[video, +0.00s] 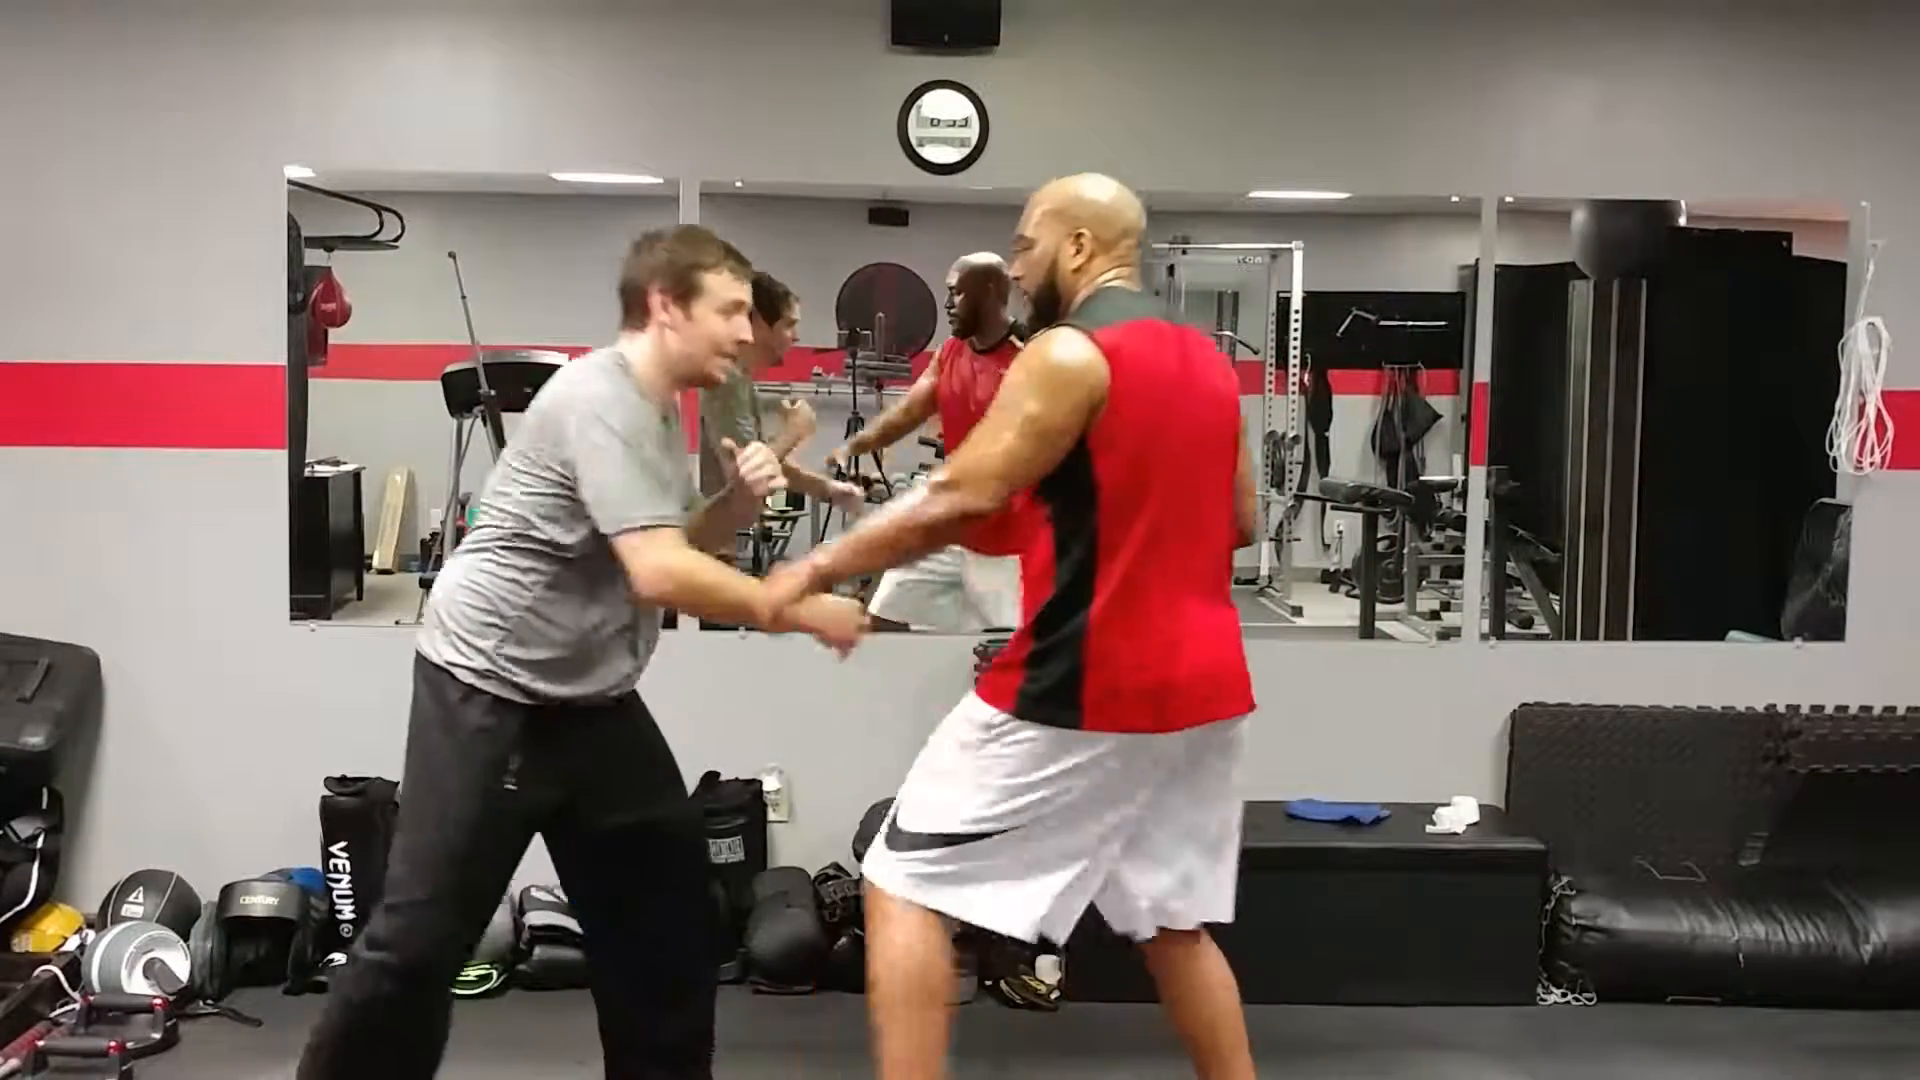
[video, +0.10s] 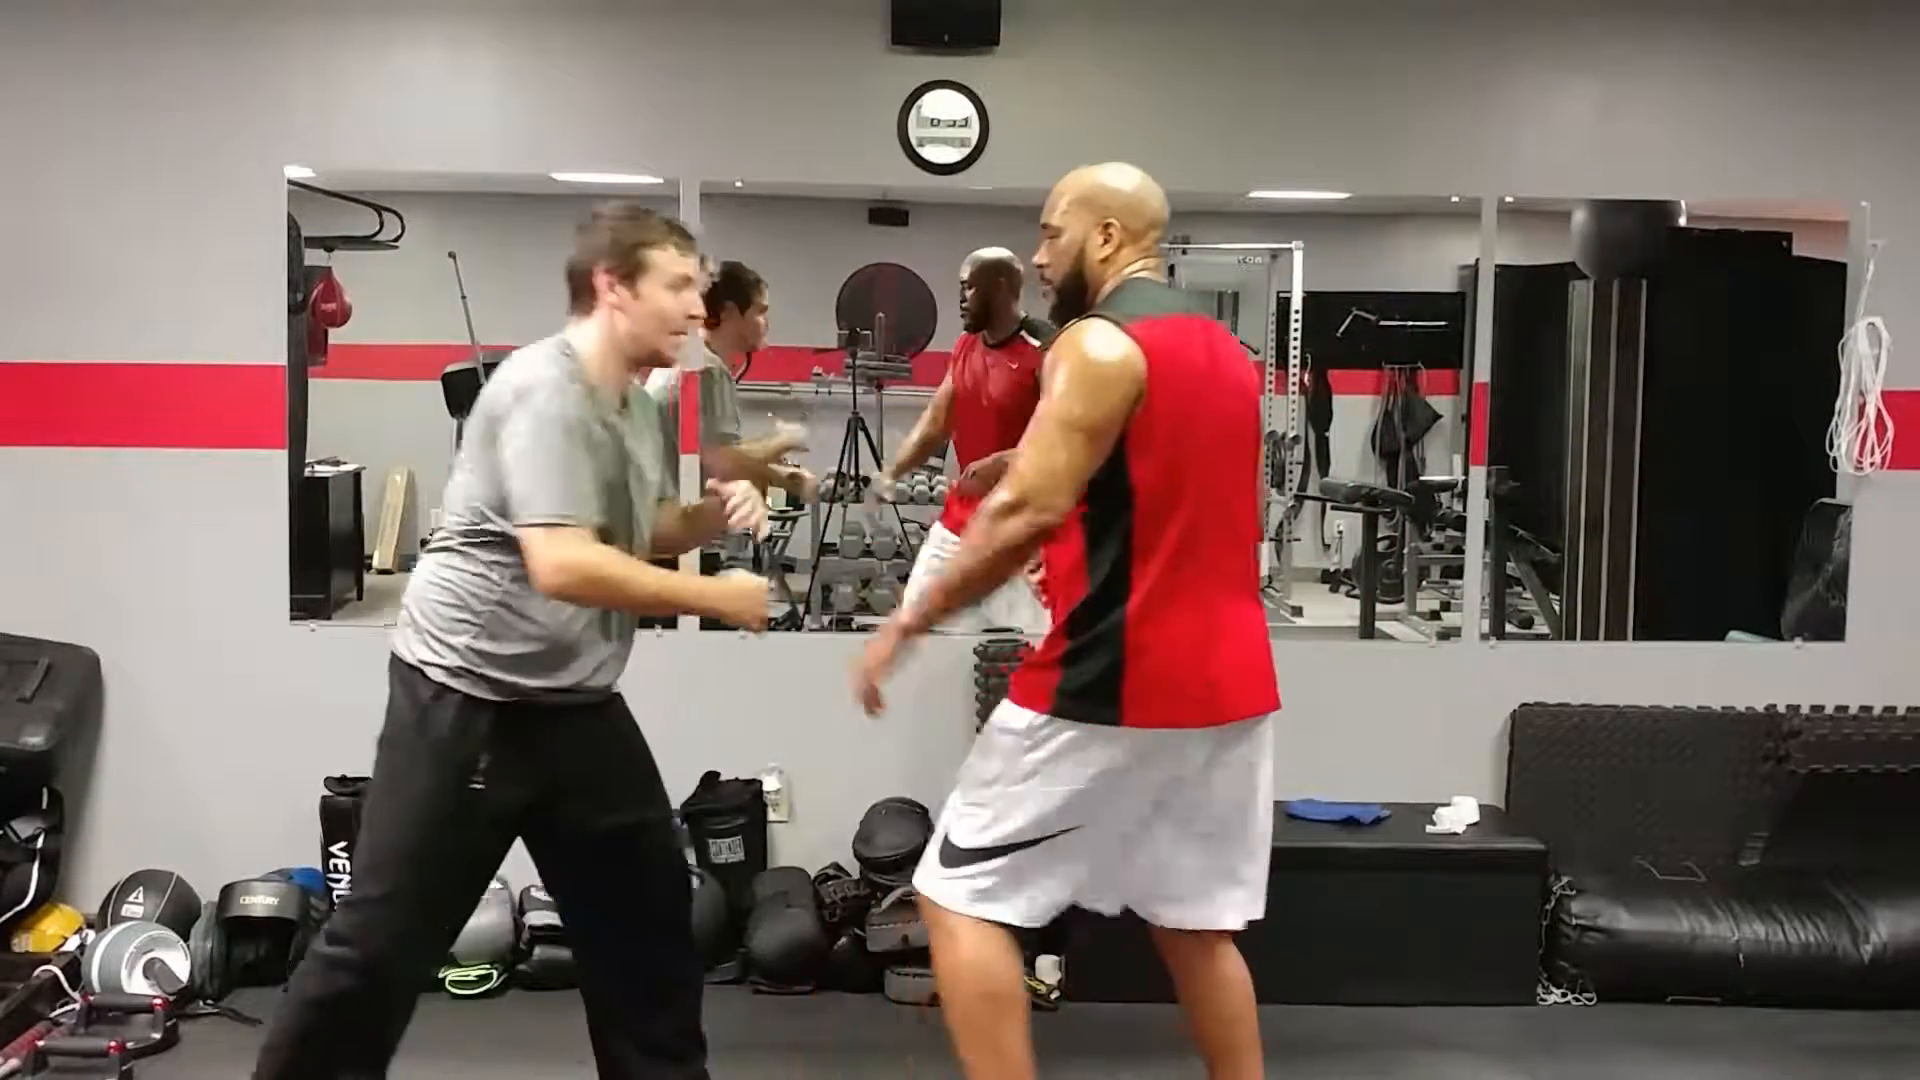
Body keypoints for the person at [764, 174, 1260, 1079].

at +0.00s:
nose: (1016, 267)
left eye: (1027, 246)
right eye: (1018, 248)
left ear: (1080, 247)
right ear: (1116, 252)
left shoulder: (1068, 357)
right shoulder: (1207, 359)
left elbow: (956, 501)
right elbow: (1240, 522)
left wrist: (816, 568)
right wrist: (1116, 540)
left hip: (1075, 678)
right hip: (1204, 679)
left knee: (901, 880)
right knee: (1173, 918)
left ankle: (911, 1070)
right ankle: (1236, 1076)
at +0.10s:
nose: (1040, 255)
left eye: (1052, 234)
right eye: (1042, 234)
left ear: (1107, 237)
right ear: (1134, 243)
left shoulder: (1099, 347)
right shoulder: (1226, 349)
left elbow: (1030, 509)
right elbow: (1159, 479)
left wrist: (910, 622)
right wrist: (1036, 471)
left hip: (1104, 679)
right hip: (1231, 677)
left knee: (959, 894)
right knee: (1194, 918)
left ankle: (1005, 1074)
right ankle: (1243, 1076)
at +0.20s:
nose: (1052, 249)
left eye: (1065, 228)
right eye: (1055, 228)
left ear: (1122, 235)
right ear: (1152, 240)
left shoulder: (1115, 350)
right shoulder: (1231, 345)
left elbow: (1100, 526)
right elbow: (1209, 510)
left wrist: (1017, 674)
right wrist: (1079, 546)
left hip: (1120, 696)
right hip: (1236, 693)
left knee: (1027, 931)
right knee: (1200, 919)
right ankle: (1246, 1076)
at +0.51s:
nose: (1075, 246)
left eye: (1091, 227)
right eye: (1078, 226)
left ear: (1151, 236)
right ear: (1165, 239)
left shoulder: (1159, 347)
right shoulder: (1230, 340)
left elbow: (1149, 500)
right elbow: (1199, 495)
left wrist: (1008, 563)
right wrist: (1088, 497)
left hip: (1150, 697)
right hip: (1248, 690)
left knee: (1088, 953)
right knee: (1218, 936)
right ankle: (1249, 1075)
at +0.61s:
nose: (1085, 242)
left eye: (1101, 223)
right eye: (1088, 223)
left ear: (1160, 231)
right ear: (1177, 235)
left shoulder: (1153, 332)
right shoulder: (1231, 315)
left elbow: (1059, 451)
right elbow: (1100, 442)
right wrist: (999, 409)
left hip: (1154, 683)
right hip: (1259, 678)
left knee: (1075, 941)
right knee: (1220, 931)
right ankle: (1252, 1077)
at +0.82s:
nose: (1073, 239)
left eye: (1083, 225)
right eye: (1077, 223)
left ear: (1132, 238)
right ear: (1173, 241)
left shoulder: (1078, 343)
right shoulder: (1244, 317)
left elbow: (1011, 501)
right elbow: (1167, 438)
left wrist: (1013, 410)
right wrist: (1030, 375)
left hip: (1101, 678)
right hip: (1231, 676)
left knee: (956, 893)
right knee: (1195, 917)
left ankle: (989, 1077)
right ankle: (1249, 1079)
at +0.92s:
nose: (1030, 268)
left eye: (1038, 253)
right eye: (1034, 251)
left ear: (1066, 262)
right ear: (1143, 257)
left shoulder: (1026, 371)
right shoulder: (1236, 350)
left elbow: (952, 527)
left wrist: (993, 561)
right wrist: (1175, 502)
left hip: (1061, 700)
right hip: (1204, 698)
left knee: (934, 923)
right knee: (1201, 934)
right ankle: (1244, 1078)